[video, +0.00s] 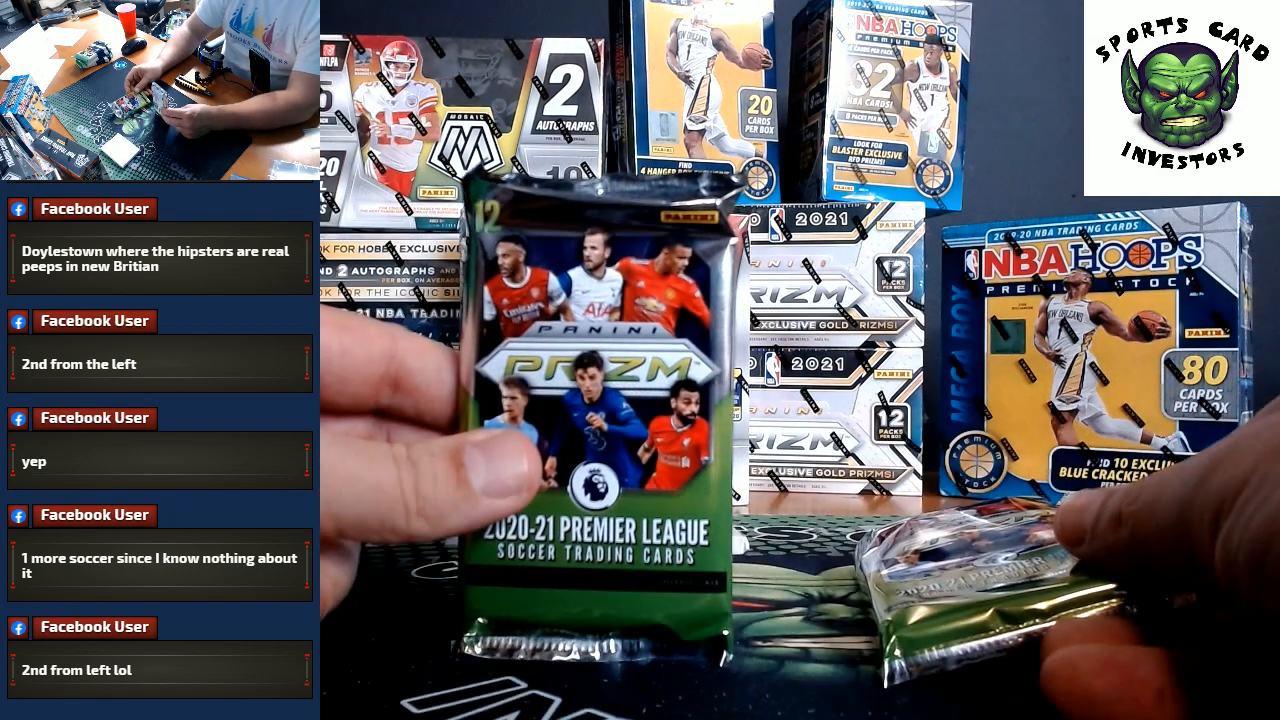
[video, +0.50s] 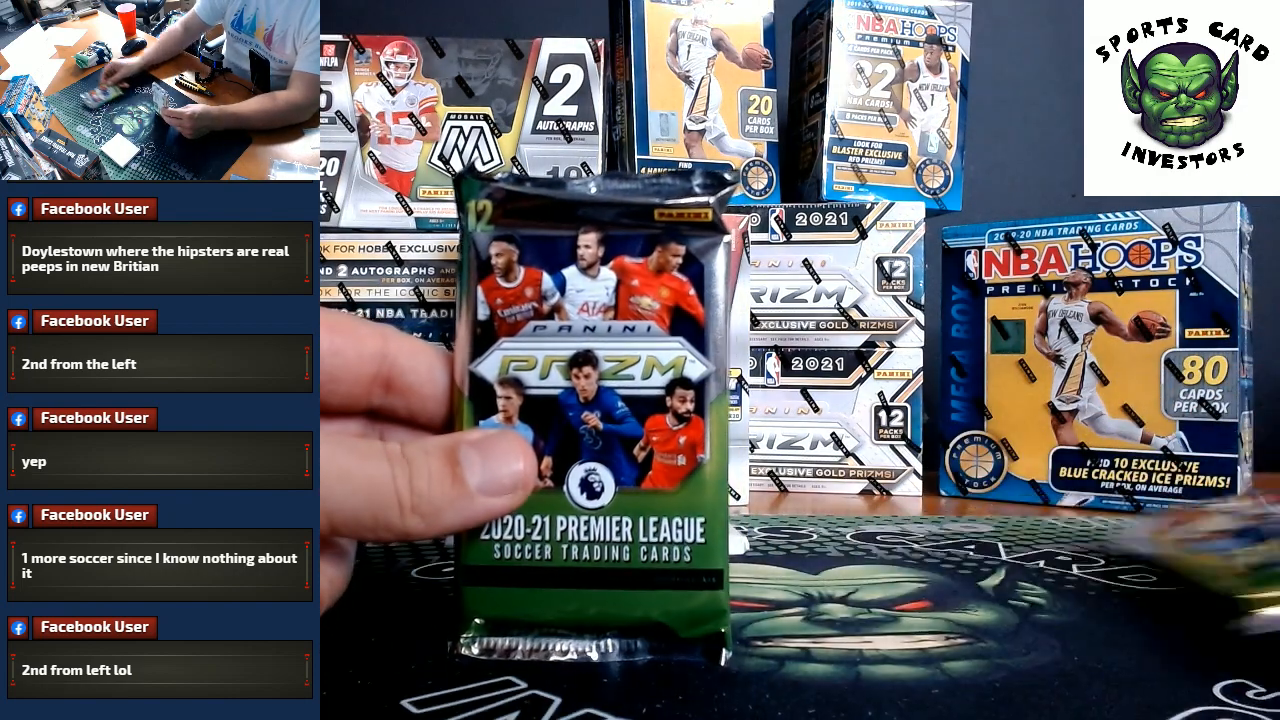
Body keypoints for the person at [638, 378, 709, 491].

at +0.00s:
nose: (693, 409)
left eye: (696, 403)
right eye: (687, 403)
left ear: (699, 404)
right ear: (673, 403)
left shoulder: (702, 429)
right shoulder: (657, 424)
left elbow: (707, 463)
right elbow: (648, 447)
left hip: (686, 493)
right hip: (656, 490)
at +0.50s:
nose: (688, 407)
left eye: (692, 401)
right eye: (682, 401)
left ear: (695, 402)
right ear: (668, 402)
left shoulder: (698, 426)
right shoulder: (653, 423)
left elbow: (703, 461)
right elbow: (643, 446)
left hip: (681, 492)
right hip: (652, 489)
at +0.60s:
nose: (688, 406)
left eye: (692, 400)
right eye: (682, 400)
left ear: (694, 401)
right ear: (668, 401)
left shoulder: (698, 427)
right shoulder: (653, 422)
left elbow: (704, 463)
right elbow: (642, 447)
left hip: (680, 494)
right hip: (651, 489)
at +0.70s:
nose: (688, 406)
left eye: (691, 400)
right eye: (682, 400)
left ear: (694, 401)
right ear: (668, 401)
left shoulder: (698, 427)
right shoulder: (652, 422)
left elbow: (703, 462)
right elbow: (642, 446)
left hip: (680, 493)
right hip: (651, 489)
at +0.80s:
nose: (688, 406)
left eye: (692, 400)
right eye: (682, 400)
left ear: (694, 400)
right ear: (668, 400)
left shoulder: (698, 426)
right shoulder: (653, 422)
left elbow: (703, 461)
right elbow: (642, 446)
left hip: (681, 492)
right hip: (651, 488)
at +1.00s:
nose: (688, 406)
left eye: (692, 400)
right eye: (682, 400)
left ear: (694, 400)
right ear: (668, 400)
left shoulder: (698, 426)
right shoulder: (653, 422)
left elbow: (703, 461)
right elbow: (642, 446)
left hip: (681, 492)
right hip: (652, 487)